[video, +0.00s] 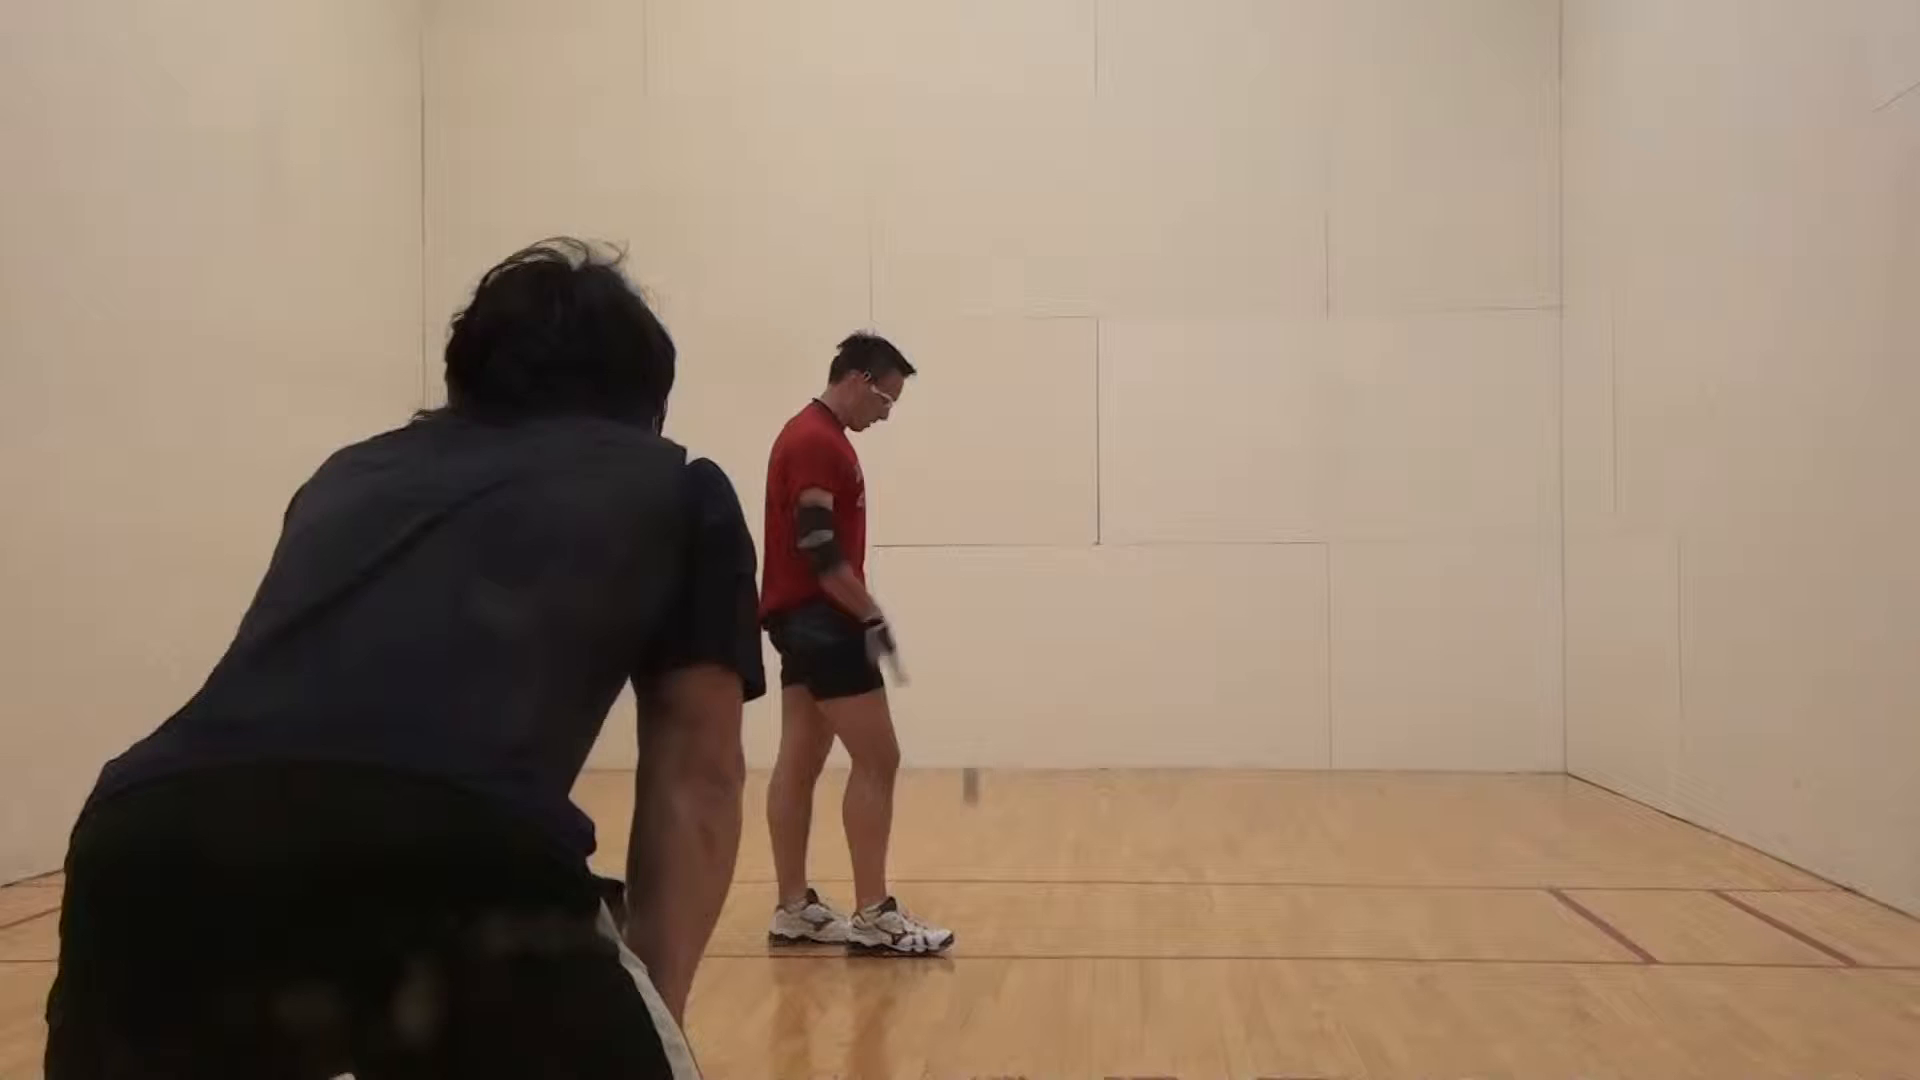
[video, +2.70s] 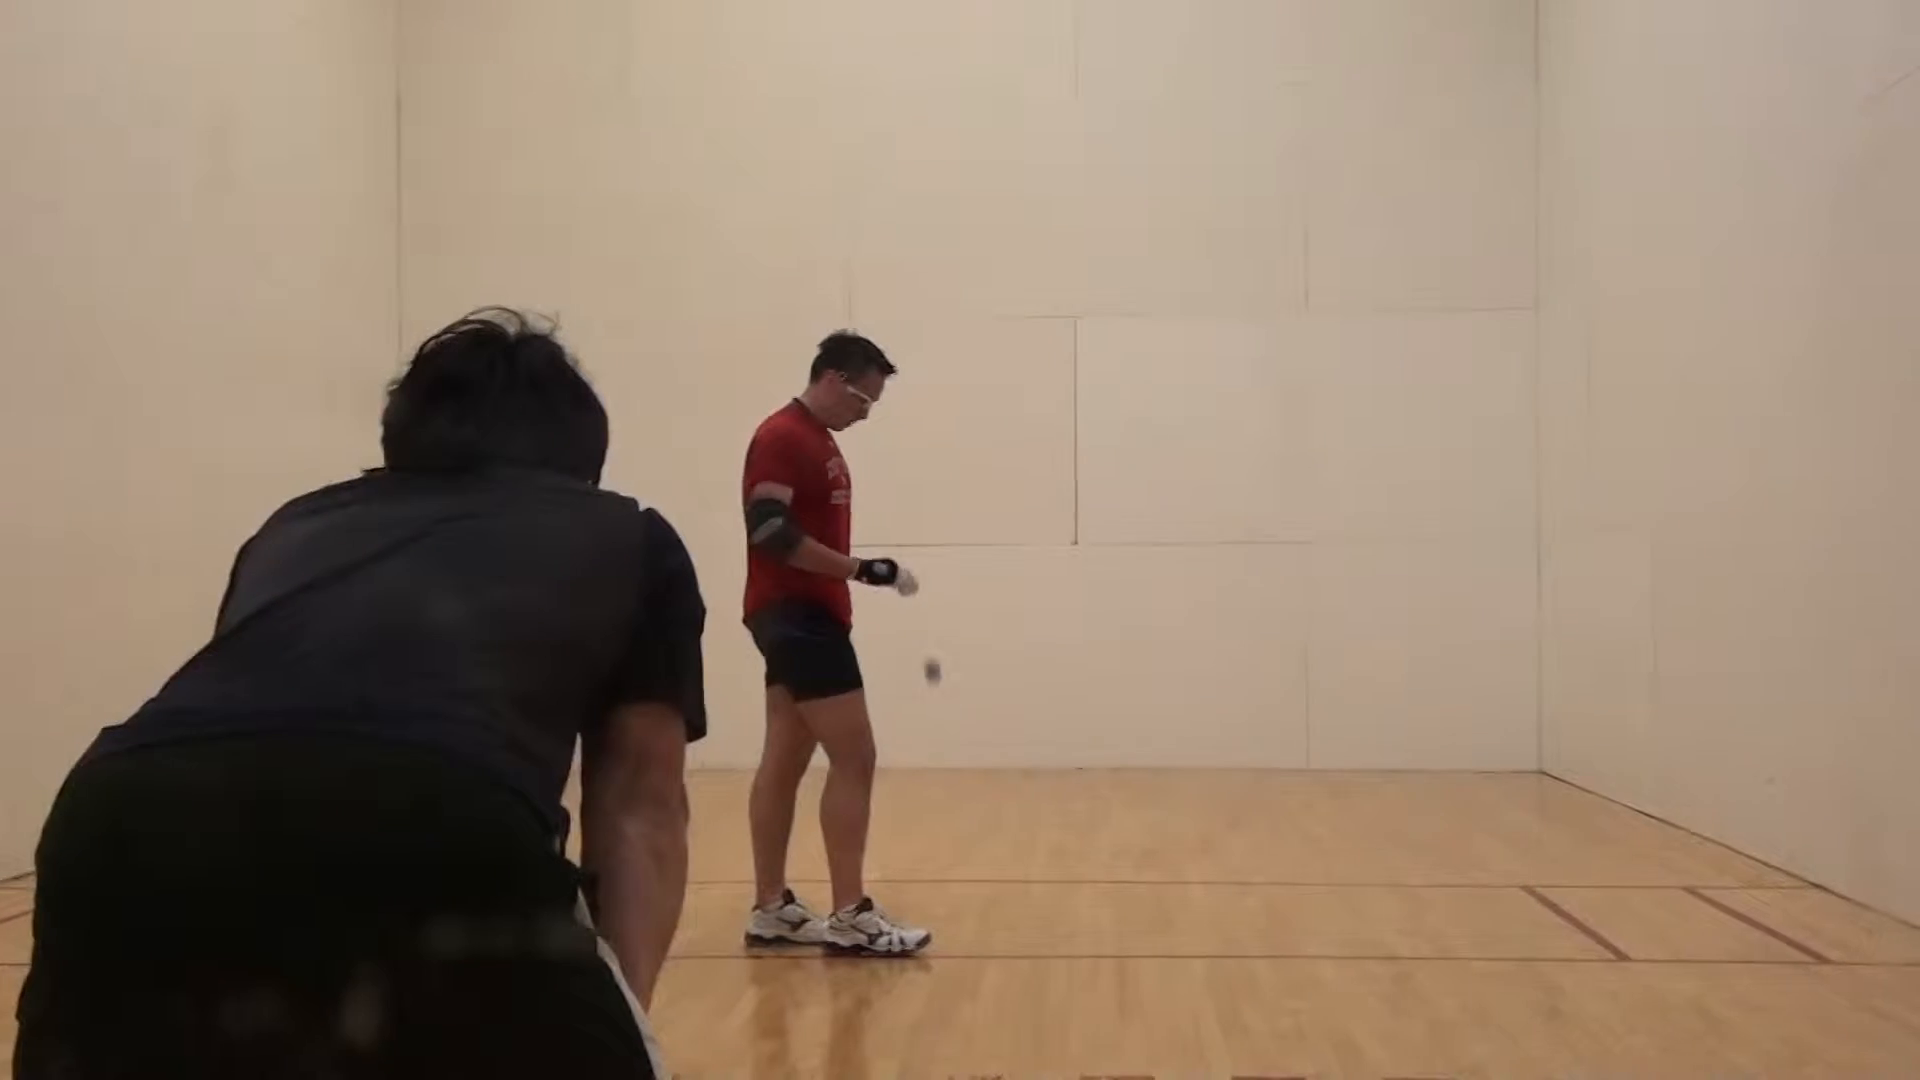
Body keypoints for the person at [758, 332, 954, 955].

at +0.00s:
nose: (887, 411)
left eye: (892, 400)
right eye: (885, 396)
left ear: (850, 383)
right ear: (853, 379)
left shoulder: (808, 435)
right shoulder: (818, 441)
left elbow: (808, 546)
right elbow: (818, 547)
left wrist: (853, 608)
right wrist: (872, 615)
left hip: (802, 616)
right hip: (821, 618)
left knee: (799, 760)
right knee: (876, 759)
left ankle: (793, 906)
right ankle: (873, 911)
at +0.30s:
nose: (891, 411)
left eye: (896, 400)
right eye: (889, 396)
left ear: (861, 385)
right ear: (856, 380)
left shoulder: (835, 440)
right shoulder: (805, 437)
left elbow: (835, 533)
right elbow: (776, 538)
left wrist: (897, 537)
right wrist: (789, 632)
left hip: (816, 621)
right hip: (825, 625)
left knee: (798, 765)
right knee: (874, 760)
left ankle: (793, 907)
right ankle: (872, 913)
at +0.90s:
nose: (885, 410)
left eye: (890, 400)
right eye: (883, 396)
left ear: (856, 383)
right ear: (851, 378)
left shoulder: (838, 440)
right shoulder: (796, 436)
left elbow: (821, 531)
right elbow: (774, 529)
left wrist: (856, 592)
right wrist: (852, 581)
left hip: (825, 615)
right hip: (809, 617)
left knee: (800, 761)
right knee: (868, 757)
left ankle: (793, 906)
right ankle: (871, 912)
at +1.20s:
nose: (881, 412)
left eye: (887, 401)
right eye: (880, 398)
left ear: (848, 384)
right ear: (849, 380)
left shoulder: (816, 438)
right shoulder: (804, 440)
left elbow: (825, 529)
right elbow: (810, 533)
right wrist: (890, 507)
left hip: (805, 617)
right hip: (817, 619)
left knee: (796, 761)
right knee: (871, 758)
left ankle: (793, 908)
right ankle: (872, 912)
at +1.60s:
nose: (881, 411)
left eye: (886, 399)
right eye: (880, 396)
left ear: (845, 382)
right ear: (850, 379)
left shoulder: (812, 437)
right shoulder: (807, 440)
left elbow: (812, 545)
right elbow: (801, 545)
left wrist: (858, 601)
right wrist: (867, 597)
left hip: (804, 616)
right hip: (813, 618)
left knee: (797, 759)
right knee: (871, 757)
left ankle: (793, 907)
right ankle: (872, 912)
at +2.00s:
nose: (882, 410)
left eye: (887, 400)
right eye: (879, 396)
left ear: (852, 386)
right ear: (846, 379)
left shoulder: (833, 442)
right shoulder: (794, 438)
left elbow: (841, 529)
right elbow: (763, 534)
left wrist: (899, 513)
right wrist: (787, 626)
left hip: (819, 622)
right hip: (820, 625)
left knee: (799, 763)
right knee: (870, 757)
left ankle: (793, 907)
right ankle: (871, 912)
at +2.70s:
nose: (866, 411)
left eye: (871, 400)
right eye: (862, 397)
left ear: (838, 386)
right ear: (829, 379)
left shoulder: (817, 440)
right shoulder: (783, 436)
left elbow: (805, 536)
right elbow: (769, 532)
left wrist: (855, 573)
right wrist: (857, 567)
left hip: (806, 616)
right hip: (798, 618)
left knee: (783, 761)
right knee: (854, 757)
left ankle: (771, 906)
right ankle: (849, 912)